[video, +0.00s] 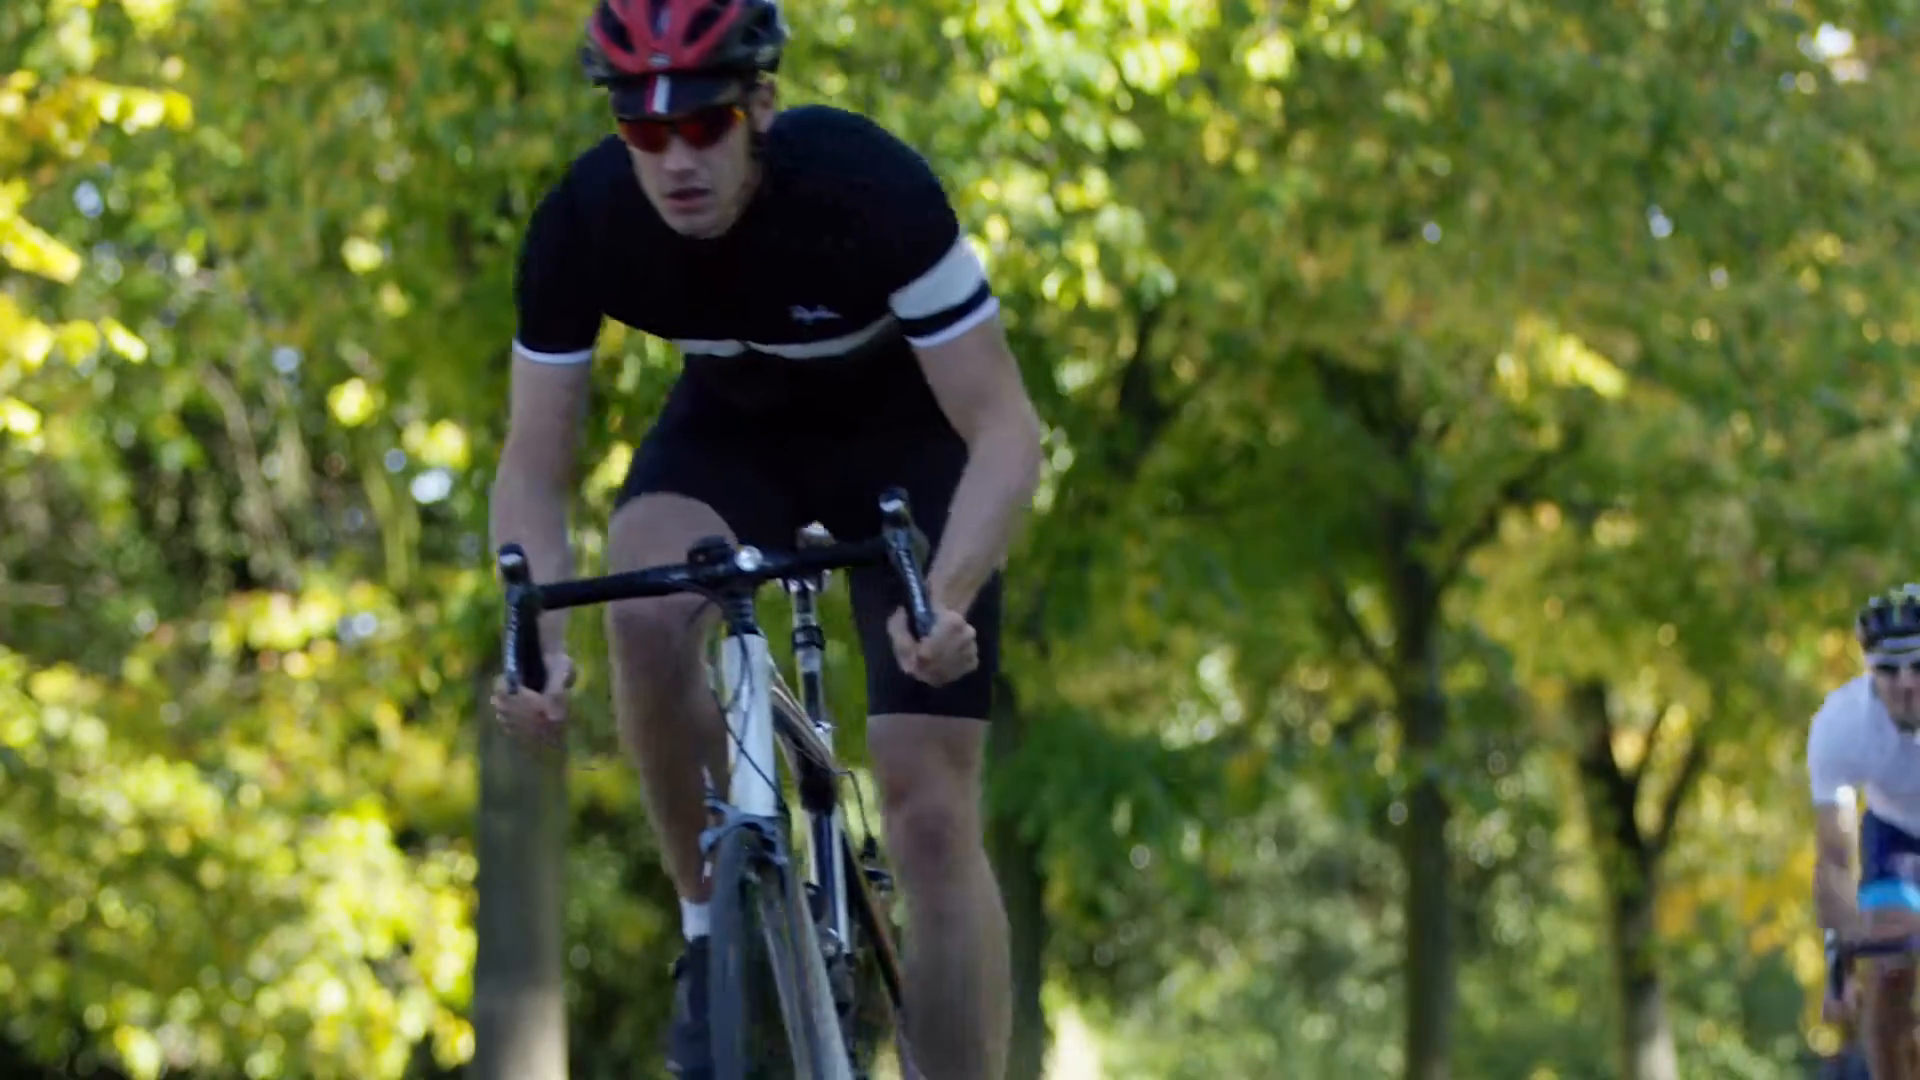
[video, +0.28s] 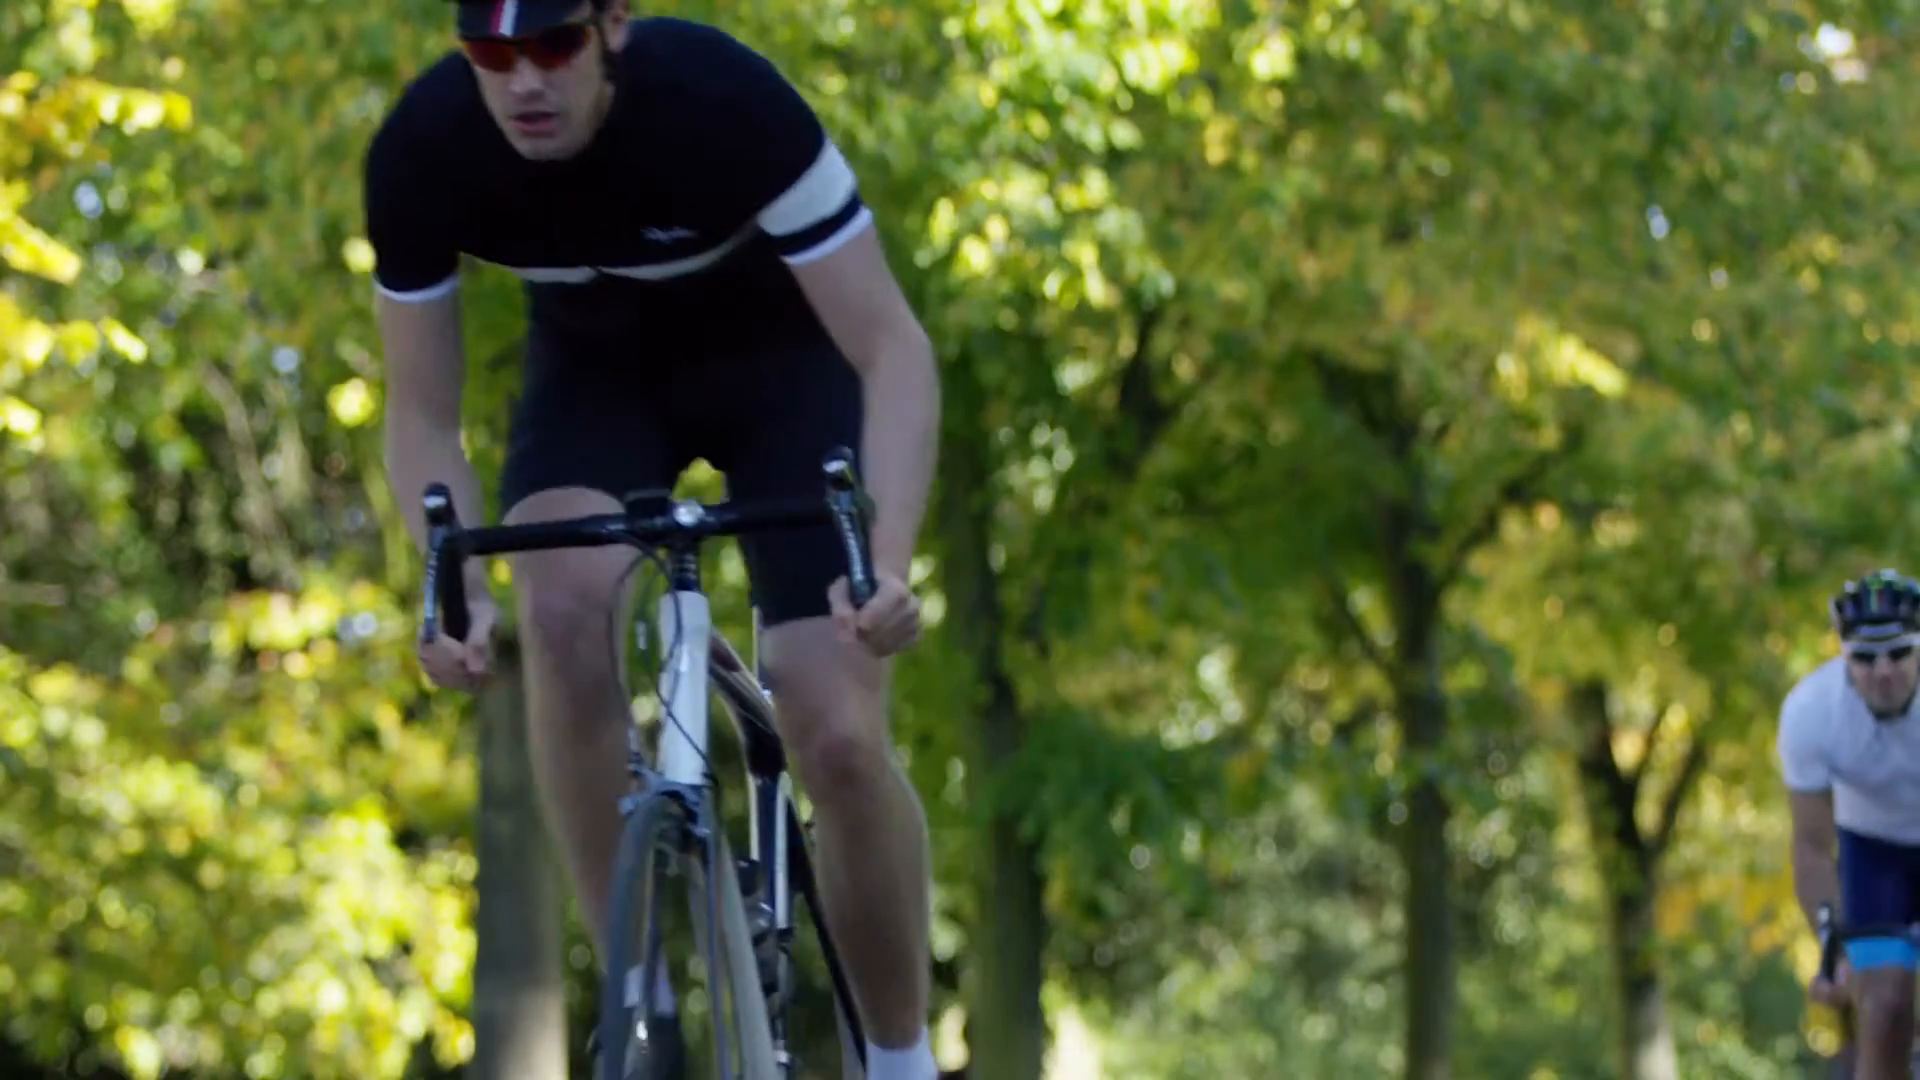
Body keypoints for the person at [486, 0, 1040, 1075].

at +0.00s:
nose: (675, 160)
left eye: (704, 126)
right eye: (644, 131)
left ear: (760, 103)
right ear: (614, 121)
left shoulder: (871, 186)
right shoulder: (583, 223)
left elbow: (1006, 433)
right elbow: (533, 463)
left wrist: (945, 592)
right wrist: (534, 631)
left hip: (901, 412)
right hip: (733, 411)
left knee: (929, 817)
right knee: (645, 602)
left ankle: (949, 1073)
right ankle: (708, 928)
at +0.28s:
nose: (525, 80)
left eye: (553, 45)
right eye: (494, 52)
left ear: (612, 25)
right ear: (463, 46)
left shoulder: (727, 100)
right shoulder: (420, 154)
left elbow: (891, 344)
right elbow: (422, 411)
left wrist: (888, 557)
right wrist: (447, 585)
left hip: (776, 341)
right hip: (588, 353)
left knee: (837, 736)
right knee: (561, 611)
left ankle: (899, 1064)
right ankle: (635, 1003)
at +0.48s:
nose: (417, 30)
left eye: (448, 1)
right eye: (387, 4)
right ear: (355, 4)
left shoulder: (624, 62)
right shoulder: (301, 111)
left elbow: (795, 316)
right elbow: (323, 368)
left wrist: (824, 531)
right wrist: (370, 535)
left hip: (680, 316)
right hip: (480, 341)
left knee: (760, 679)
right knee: (495, 671)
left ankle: (837, 985)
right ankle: (557, 1065)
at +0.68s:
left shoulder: (516, 27)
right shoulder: (181, 69)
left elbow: (684, 289)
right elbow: (202, 336)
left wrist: (730, 513)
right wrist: (250, 500)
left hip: (565, 293)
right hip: (361, 336)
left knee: (633, 581)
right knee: (411, 726)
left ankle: (739, 879)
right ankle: (464, 1069)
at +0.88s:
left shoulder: (408, 5)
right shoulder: (51, 27)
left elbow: (561, 264)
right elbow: (48, 284)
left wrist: (577, 481)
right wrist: (94, 463)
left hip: (426, 241)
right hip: (224, 285)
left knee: (478, 485)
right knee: (290, 727)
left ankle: (597, 826)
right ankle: (336, 1062)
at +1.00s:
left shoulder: (356, 3)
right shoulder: (30, 34)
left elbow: (479, 240)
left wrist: (477, 471)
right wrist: (3, 453)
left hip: (341, 207)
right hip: (137, 253)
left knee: (360, 438)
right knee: (192, 714)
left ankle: (491, 831)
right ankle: (250, 1056)